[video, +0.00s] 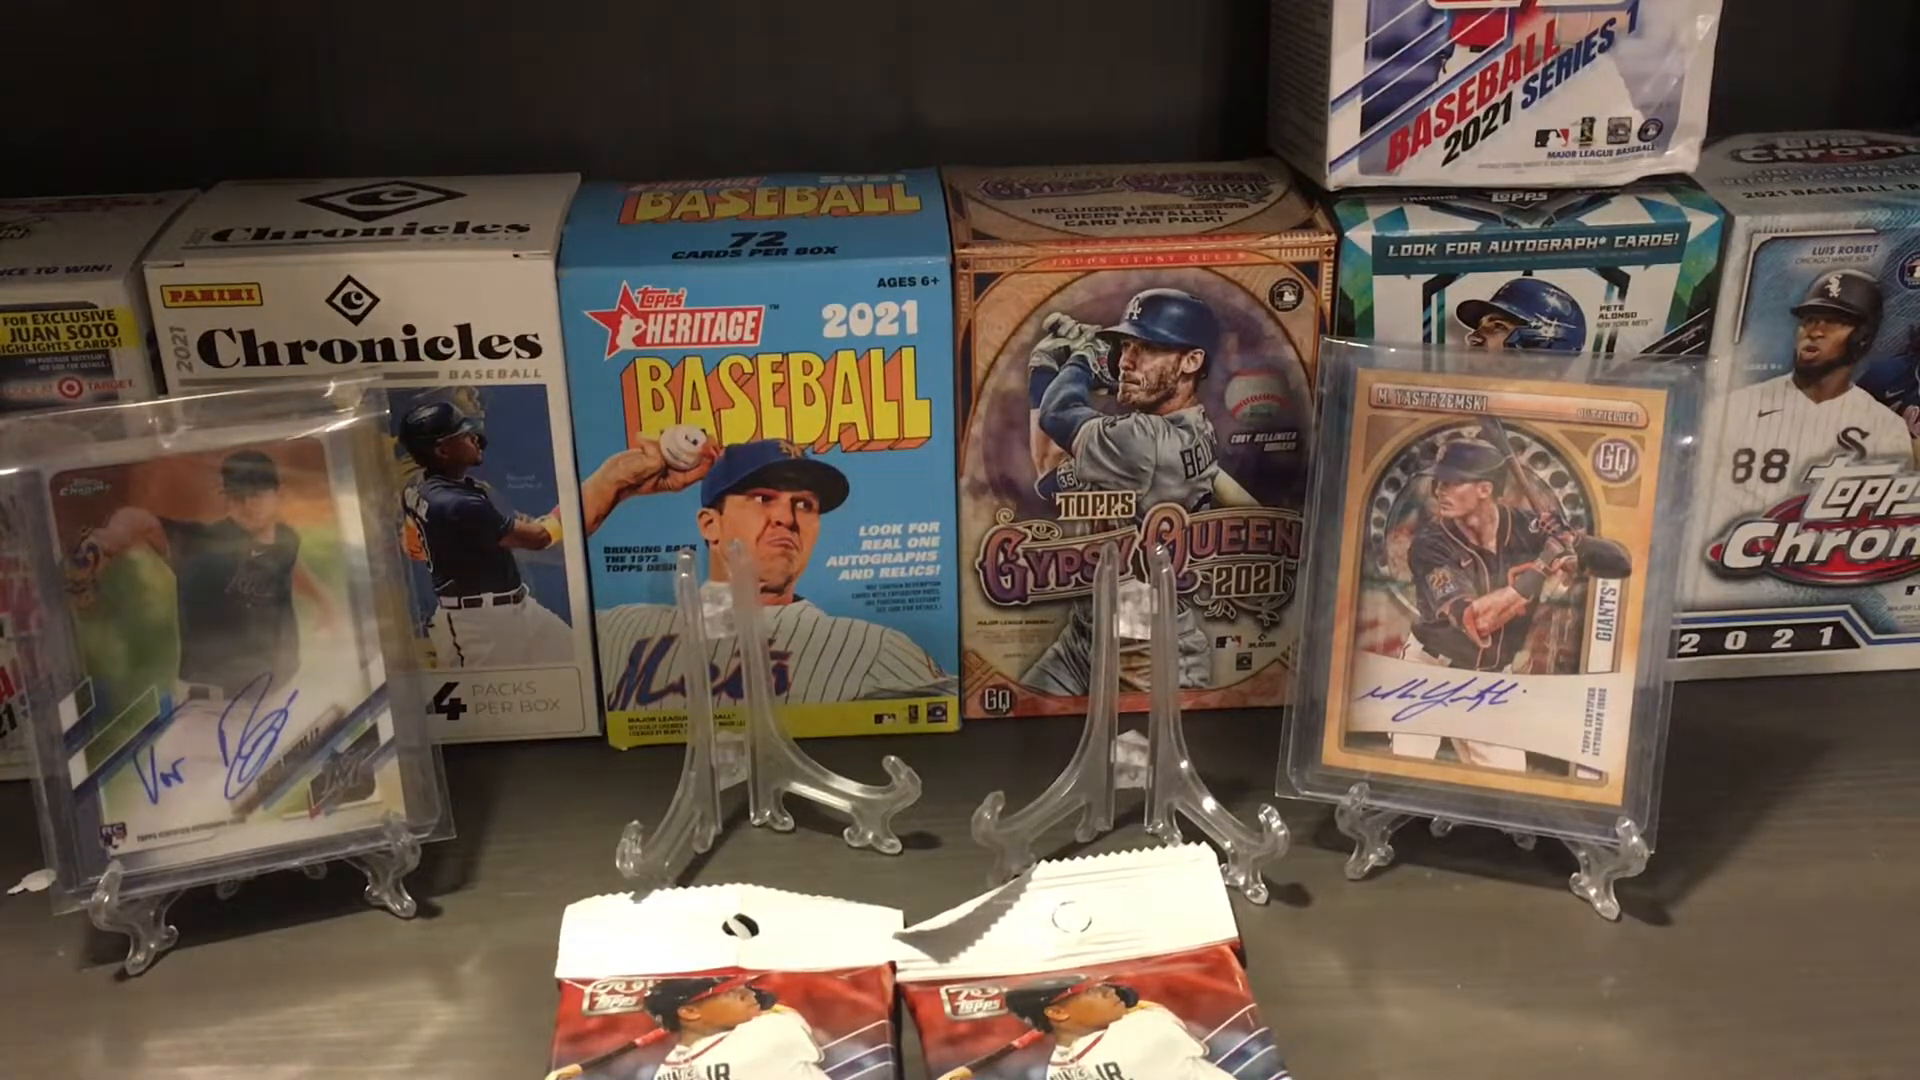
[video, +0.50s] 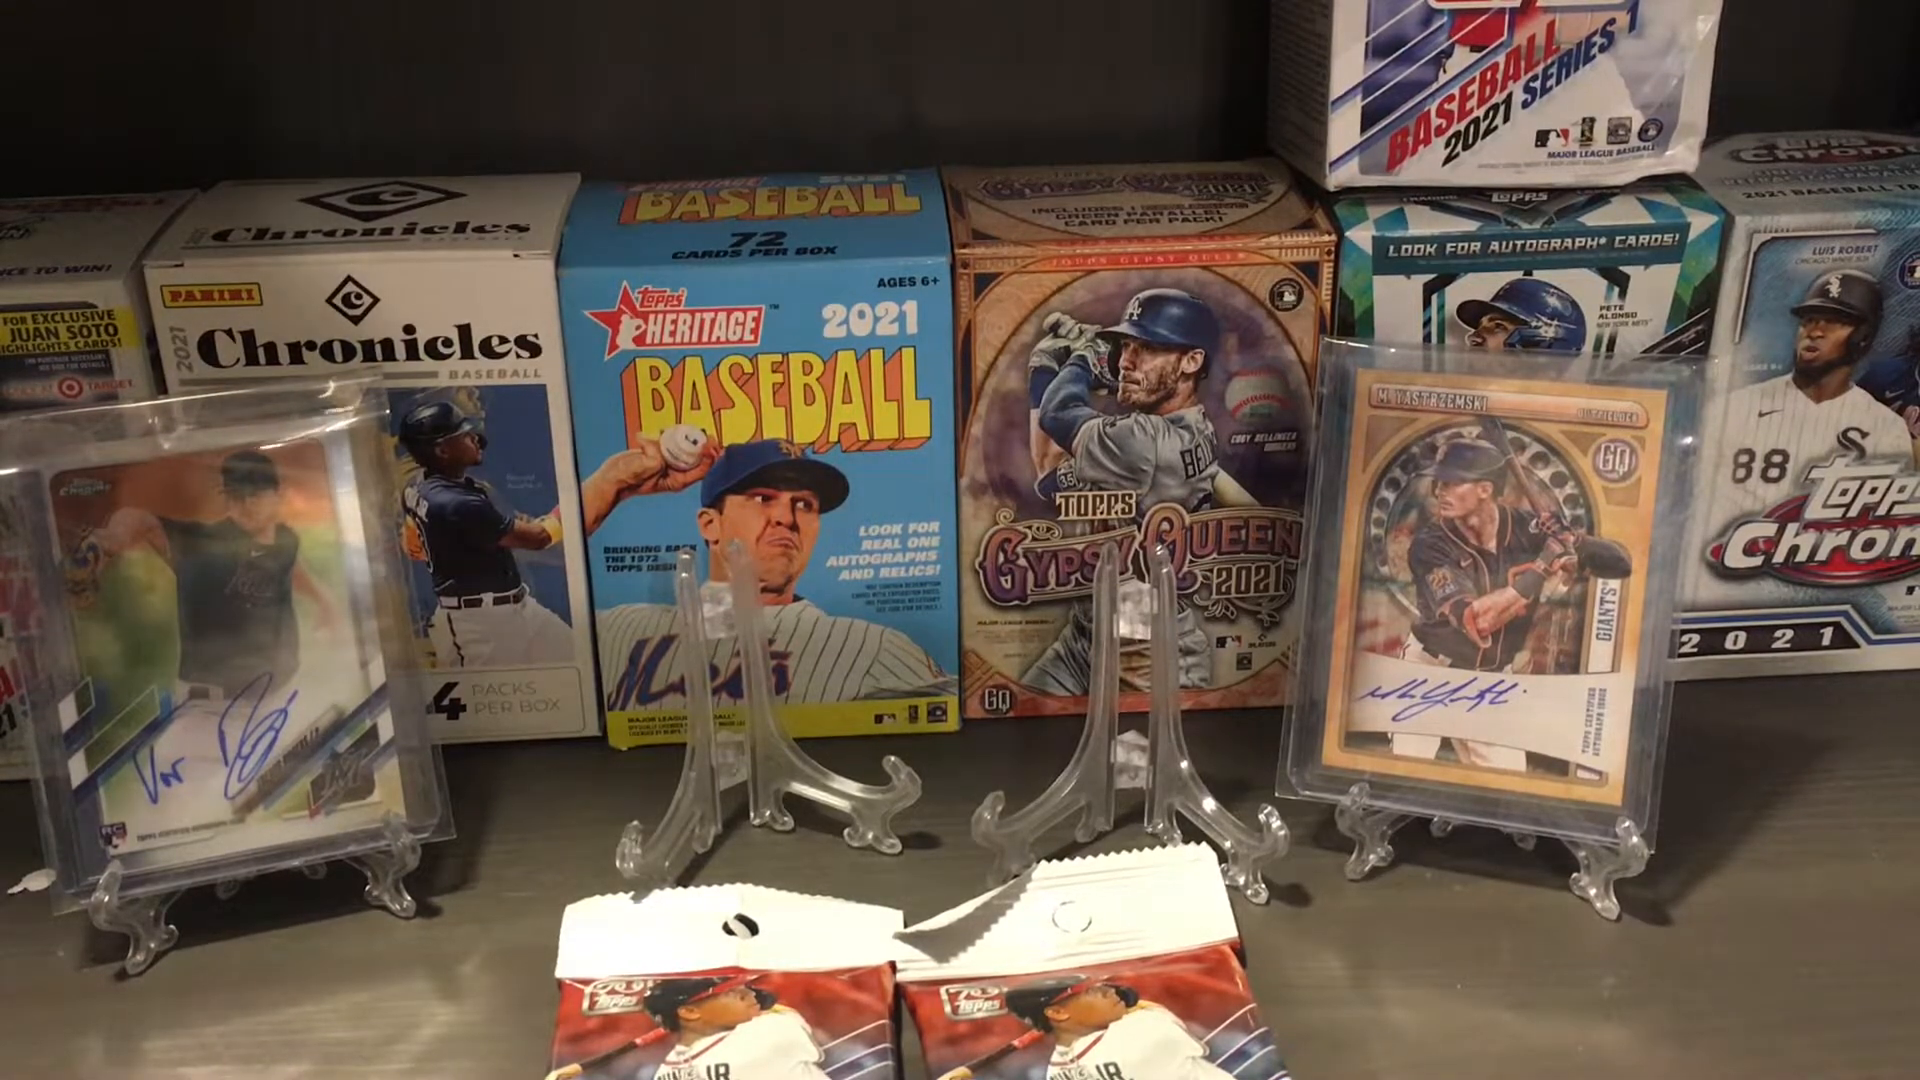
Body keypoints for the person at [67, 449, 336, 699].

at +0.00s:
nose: (247, 507)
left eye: (256, 496)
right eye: (237, 498)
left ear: (276, 495)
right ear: (226, 499)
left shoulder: (286, 540)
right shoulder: (201, 541)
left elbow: (291, 569)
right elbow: (134, 518)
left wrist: (324, 602)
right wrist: (111, 541)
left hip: (274, 687)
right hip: (212, 693)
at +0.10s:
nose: (247, 507)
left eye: (256, 496)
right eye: (237, 498)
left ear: (276, 495)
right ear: (226, 499)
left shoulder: (287, 540)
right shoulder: (202, 541)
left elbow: (291, 568)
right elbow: (135, 518)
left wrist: (323, 602)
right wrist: (114, 539)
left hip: (275, 685)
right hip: (213, 691)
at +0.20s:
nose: (247, 507)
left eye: (256, 496)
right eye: (237, 497)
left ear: (276, 496)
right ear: (226, 499)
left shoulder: (286, 540)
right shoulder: (202, 541)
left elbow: (291, 569)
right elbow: (136, 518)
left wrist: (323, 602)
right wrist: (115, 538)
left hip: (274, 685)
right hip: (212, 691)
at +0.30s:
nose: (247, 506)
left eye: (256, 496)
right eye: (237, 497)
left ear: (276, 495)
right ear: (226, 499)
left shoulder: (286, 541)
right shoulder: (202, 541)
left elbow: (291, 569)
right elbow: (135, 518)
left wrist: (323, 602)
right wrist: (115, 538)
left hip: (274, 685)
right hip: (212, 691)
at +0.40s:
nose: (247, 506)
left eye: (256, 495)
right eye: (237, 497)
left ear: (276, 495)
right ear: (226, 499)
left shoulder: (286, 541)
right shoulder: (201, 541)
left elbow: (291, 569)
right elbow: (134, 517)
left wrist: (323, 601)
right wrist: (116, 539)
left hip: (276, 683)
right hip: (214, 690)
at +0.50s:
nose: (246, 506)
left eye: (256, 496)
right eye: (237, 497)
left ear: (276, 496)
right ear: (227, 500)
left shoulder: (286, 541)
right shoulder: (201, 541)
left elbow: (291, 570)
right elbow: (134, 518)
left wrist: (323, 601)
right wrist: (117, 539)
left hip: (274, 686)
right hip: (212, 692)